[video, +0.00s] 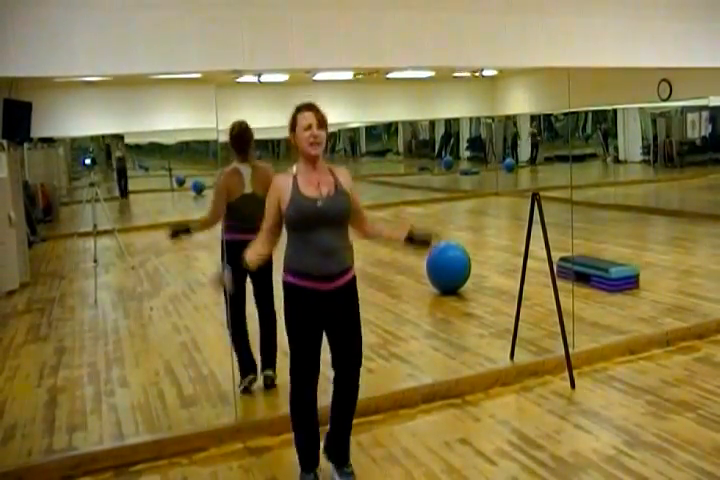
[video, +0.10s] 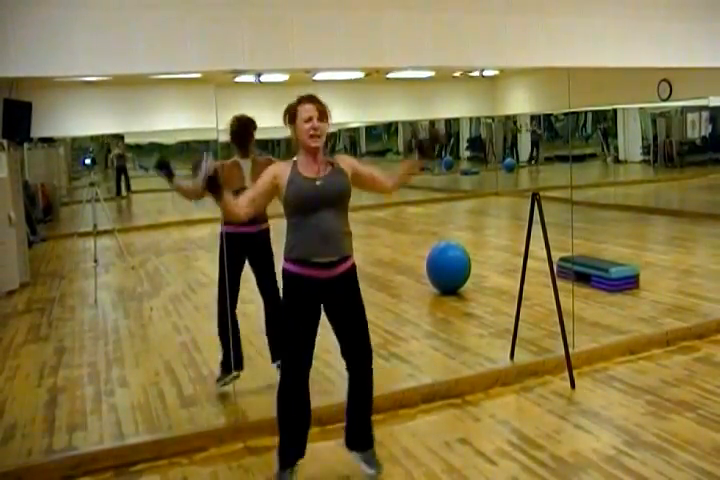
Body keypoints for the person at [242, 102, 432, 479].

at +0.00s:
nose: (315, 134)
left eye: (319, 127)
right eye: (307, 129)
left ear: (327, 133)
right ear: (293, 136)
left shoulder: (341, 176)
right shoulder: (282, 183)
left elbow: (363, 226)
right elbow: (266, 235)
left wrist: (403, 235)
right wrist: (251, 258)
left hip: (342, 286)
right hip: (300, 288)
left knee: (349, 370)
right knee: (304, 375)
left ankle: (338, 453)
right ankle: (307, 465)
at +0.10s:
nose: (315, 125)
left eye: (320, 119)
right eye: (307, 120)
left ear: (328, 125)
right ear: (293, 128)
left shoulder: (343, 165)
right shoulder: (280, 171)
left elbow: (387, 186)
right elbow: (240, 211)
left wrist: (407, 169)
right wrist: (215, 188)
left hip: (342, 275)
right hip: (299, 278)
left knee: (361, 360)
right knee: (295, 369)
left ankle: (360, 442)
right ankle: (288, 459)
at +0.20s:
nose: (314, 142)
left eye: (319, 135)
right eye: (306, 136)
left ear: (328, 139)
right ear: (293, 144)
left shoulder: (343, 173)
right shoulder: (281, 182)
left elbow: (390, 150)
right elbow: (228, 178)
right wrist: (232, 124)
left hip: (344, 290)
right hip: (300, 293)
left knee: (375, 373)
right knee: (284, 386)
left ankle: (389, 445)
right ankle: (266, 472)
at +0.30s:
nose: (316, 170)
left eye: (321, 164)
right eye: (308, 165)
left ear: (328, 170)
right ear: (296, 173)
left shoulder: (341, 200)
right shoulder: (288, 210)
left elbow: (371, 152)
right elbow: (249, 163)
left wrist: (346, 110)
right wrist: (275, 119)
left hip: (349, 326)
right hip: (302, 329)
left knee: (387, 397)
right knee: (275, 412)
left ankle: (408, 465)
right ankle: (258, 476)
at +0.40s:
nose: (316, 162)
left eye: (321, 156)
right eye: (308, 157)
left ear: (328, 161)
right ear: (297, 165)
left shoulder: (342, 191)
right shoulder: (289, 200)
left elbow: (375, 147)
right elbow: (246, 160)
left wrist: (362, 98)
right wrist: (263, 112)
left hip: (349, 316)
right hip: (303, 320)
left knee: (385, 392)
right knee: (279, 409)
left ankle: (406, 460)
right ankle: (260, 476)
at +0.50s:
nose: (315, 136)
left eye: (320, 129)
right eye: (307, 131)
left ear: (328, 136)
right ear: (294, 139)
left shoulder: (344, 168)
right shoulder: (282, 175)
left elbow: (391, 149)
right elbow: (229, 174)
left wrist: (420, 113)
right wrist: (214, 132)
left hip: (347, 287)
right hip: (303, 291)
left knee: (372, 374)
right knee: (289, 386)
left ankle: (395, 451)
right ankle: (269, 473)